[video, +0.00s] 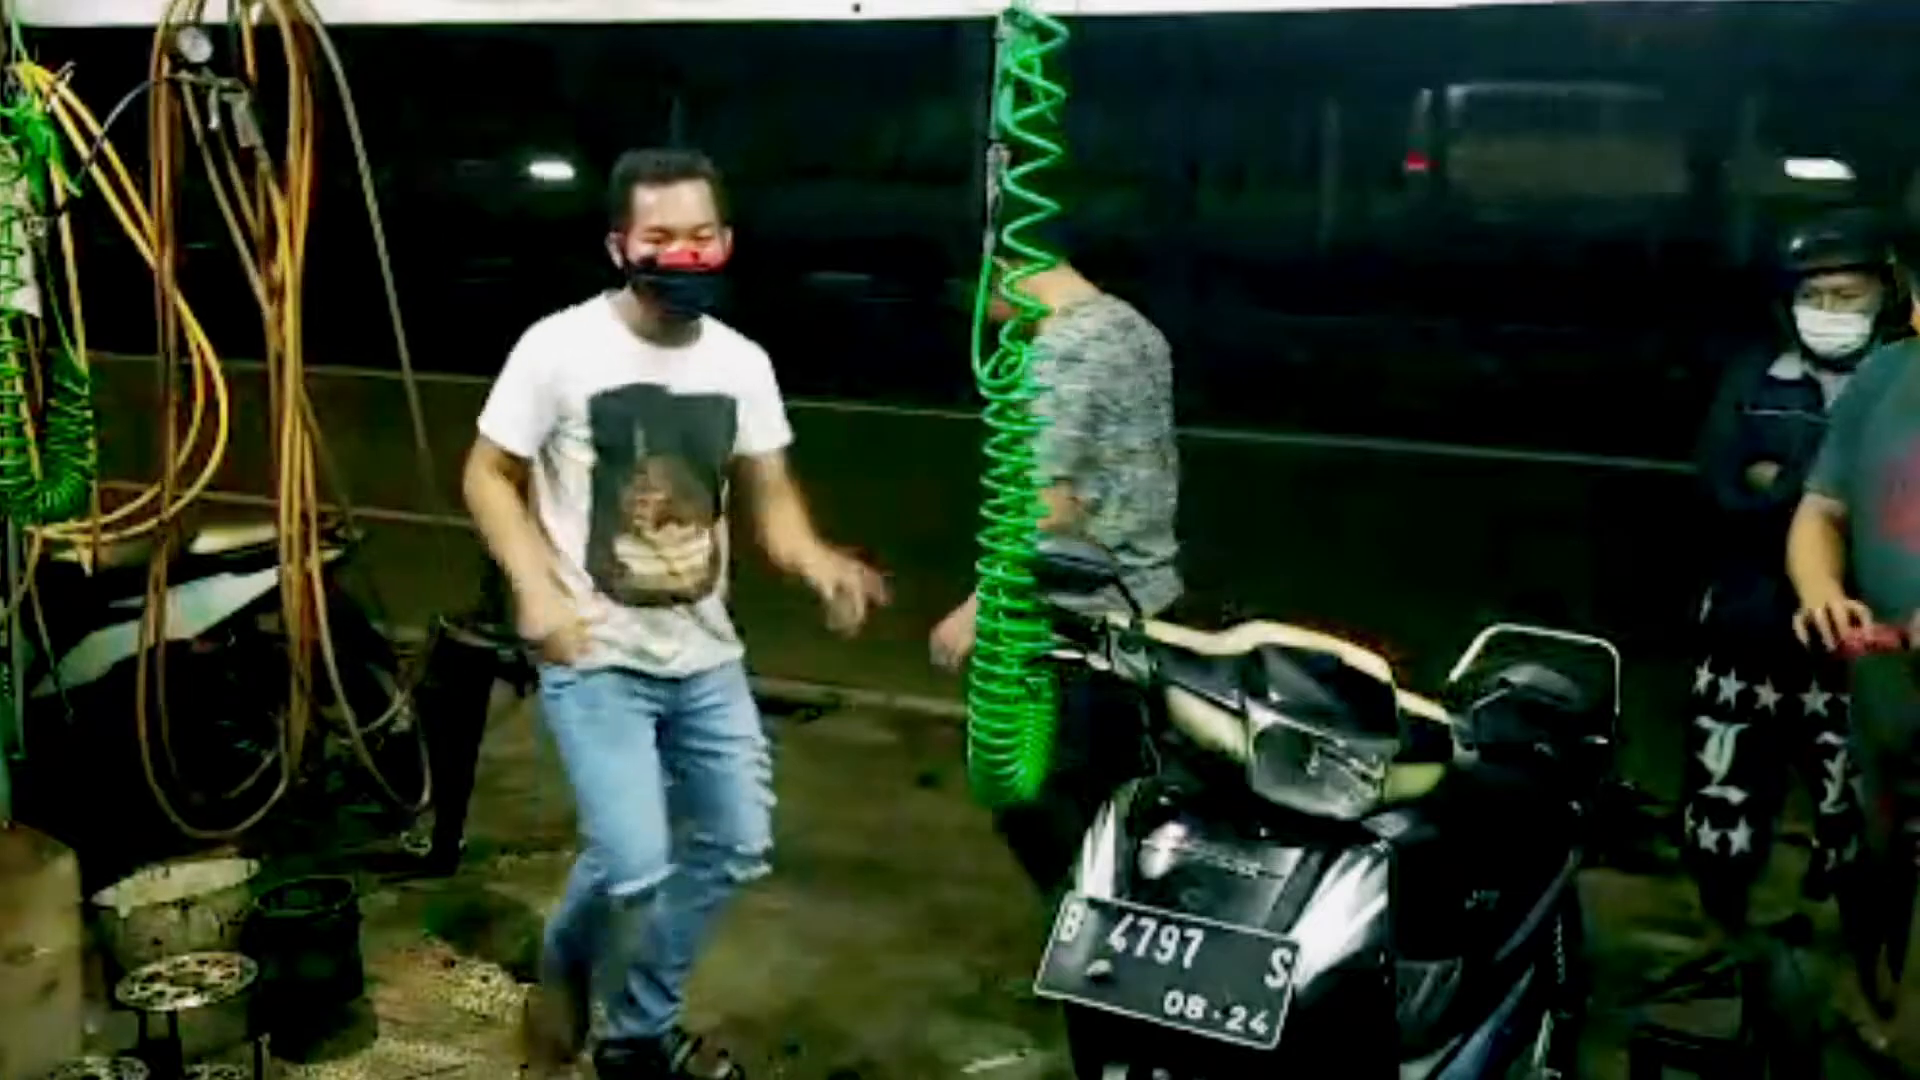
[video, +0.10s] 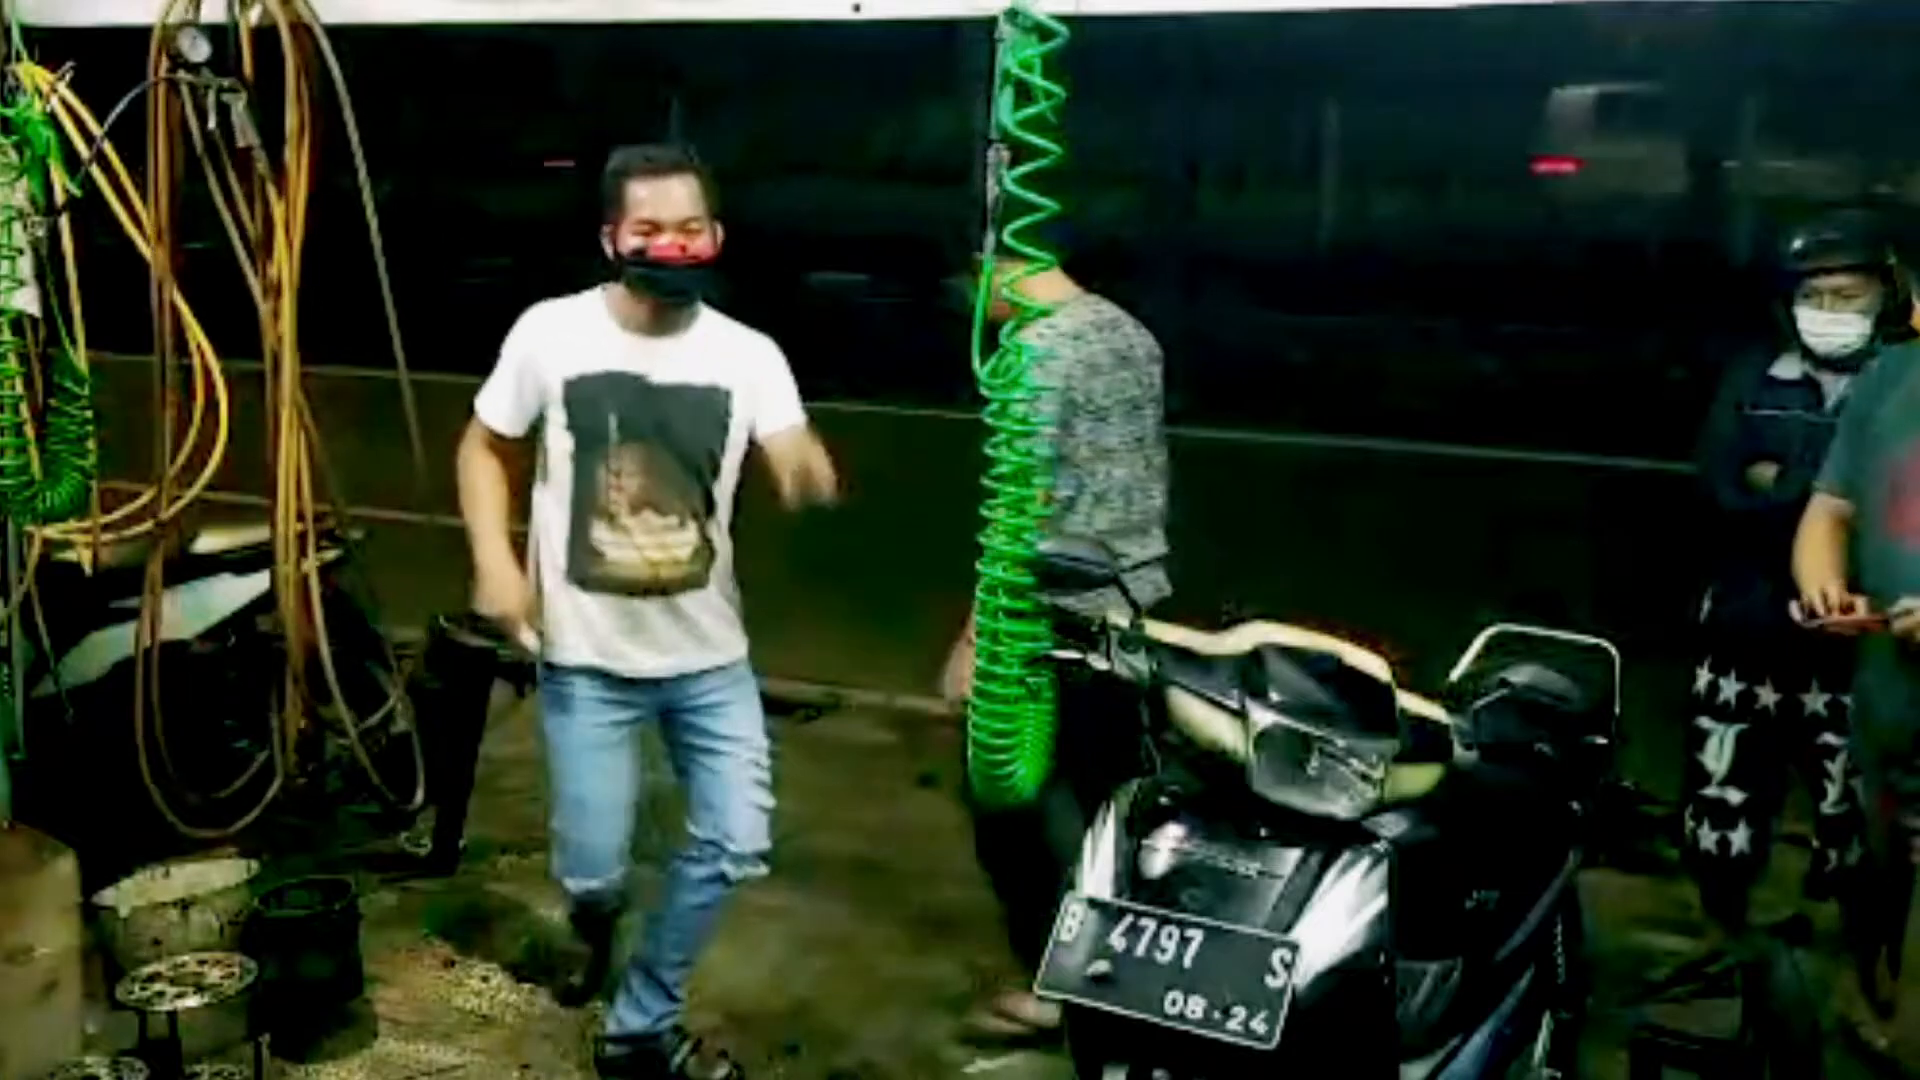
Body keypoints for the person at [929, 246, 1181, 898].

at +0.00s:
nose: (994, 314)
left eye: (988, 297)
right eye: (987, 300)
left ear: (1005, 283)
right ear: (1056, 262)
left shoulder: (1062, 351)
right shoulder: (1137, 334)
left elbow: (1052, 508)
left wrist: (978, 607)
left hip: (1081, 616)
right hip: (1149, 599)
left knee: (1028, 802)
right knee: (1111, 788)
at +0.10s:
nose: (984, 304)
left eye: (983, 288)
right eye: (983, 288)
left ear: (1002, 279)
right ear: (1058, 263)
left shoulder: (1034, 355)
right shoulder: (1133, 339)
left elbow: (1017, 512)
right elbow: (1136, 479)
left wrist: (974, 637)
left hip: (1051, 602)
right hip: (1142, 588)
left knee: (1007, 793)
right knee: (1112, 777)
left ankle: (1046, 981)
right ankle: (1131, 961)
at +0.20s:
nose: (975, 313)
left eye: (974, 296)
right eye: (971, 299)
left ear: (997, 283)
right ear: (1044, 272)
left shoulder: (1015, 356)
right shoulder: (1122, 340)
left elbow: (1006, 512)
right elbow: (1129, 483)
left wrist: (974, 643)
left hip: (1039, 603)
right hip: (1129, 597)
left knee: (981, 772)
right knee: (1114, 776)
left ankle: (1002, 969)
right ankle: (1129, 950)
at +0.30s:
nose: (934, 298)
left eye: (936, 279)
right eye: (932, 282)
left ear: (964, 268)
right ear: (1006, 264)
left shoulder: (985, 357)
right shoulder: (1098, 340)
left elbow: (986, 497)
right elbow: (1113, 477)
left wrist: (975, 619)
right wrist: (1100, 589)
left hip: (1011, 608)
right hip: (1098, 605)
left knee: (967, 778)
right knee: (1096, 786)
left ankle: (970, 963)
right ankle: (1133, 949)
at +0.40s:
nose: (911, 295)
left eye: (910, 278)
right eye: (909, 279)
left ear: (930, 264)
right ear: (982, 254)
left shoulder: (954, 352)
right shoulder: (1080, 338)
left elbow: (959, 503)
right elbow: (1090, 479)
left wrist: (951, 636)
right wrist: (1072, 591)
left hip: (988, 605)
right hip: (1073, 602)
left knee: (951, 779)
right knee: (1060, 783)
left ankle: (969, 961)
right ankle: (1106, 941)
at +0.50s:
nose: (899, 288)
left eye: (897, 271)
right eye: (898, 272)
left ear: (918, 260)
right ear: (978, 249)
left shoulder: (938, 353)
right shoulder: (1070, 338)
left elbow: (934, 504)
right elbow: (1084, 477)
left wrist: (917, 632)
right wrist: (1060, 583)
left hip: (969, 616)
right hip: (1055, 611)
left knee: (948, 788)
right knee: (1046, 781)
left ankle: (969, 961)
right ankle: (1101, 932)